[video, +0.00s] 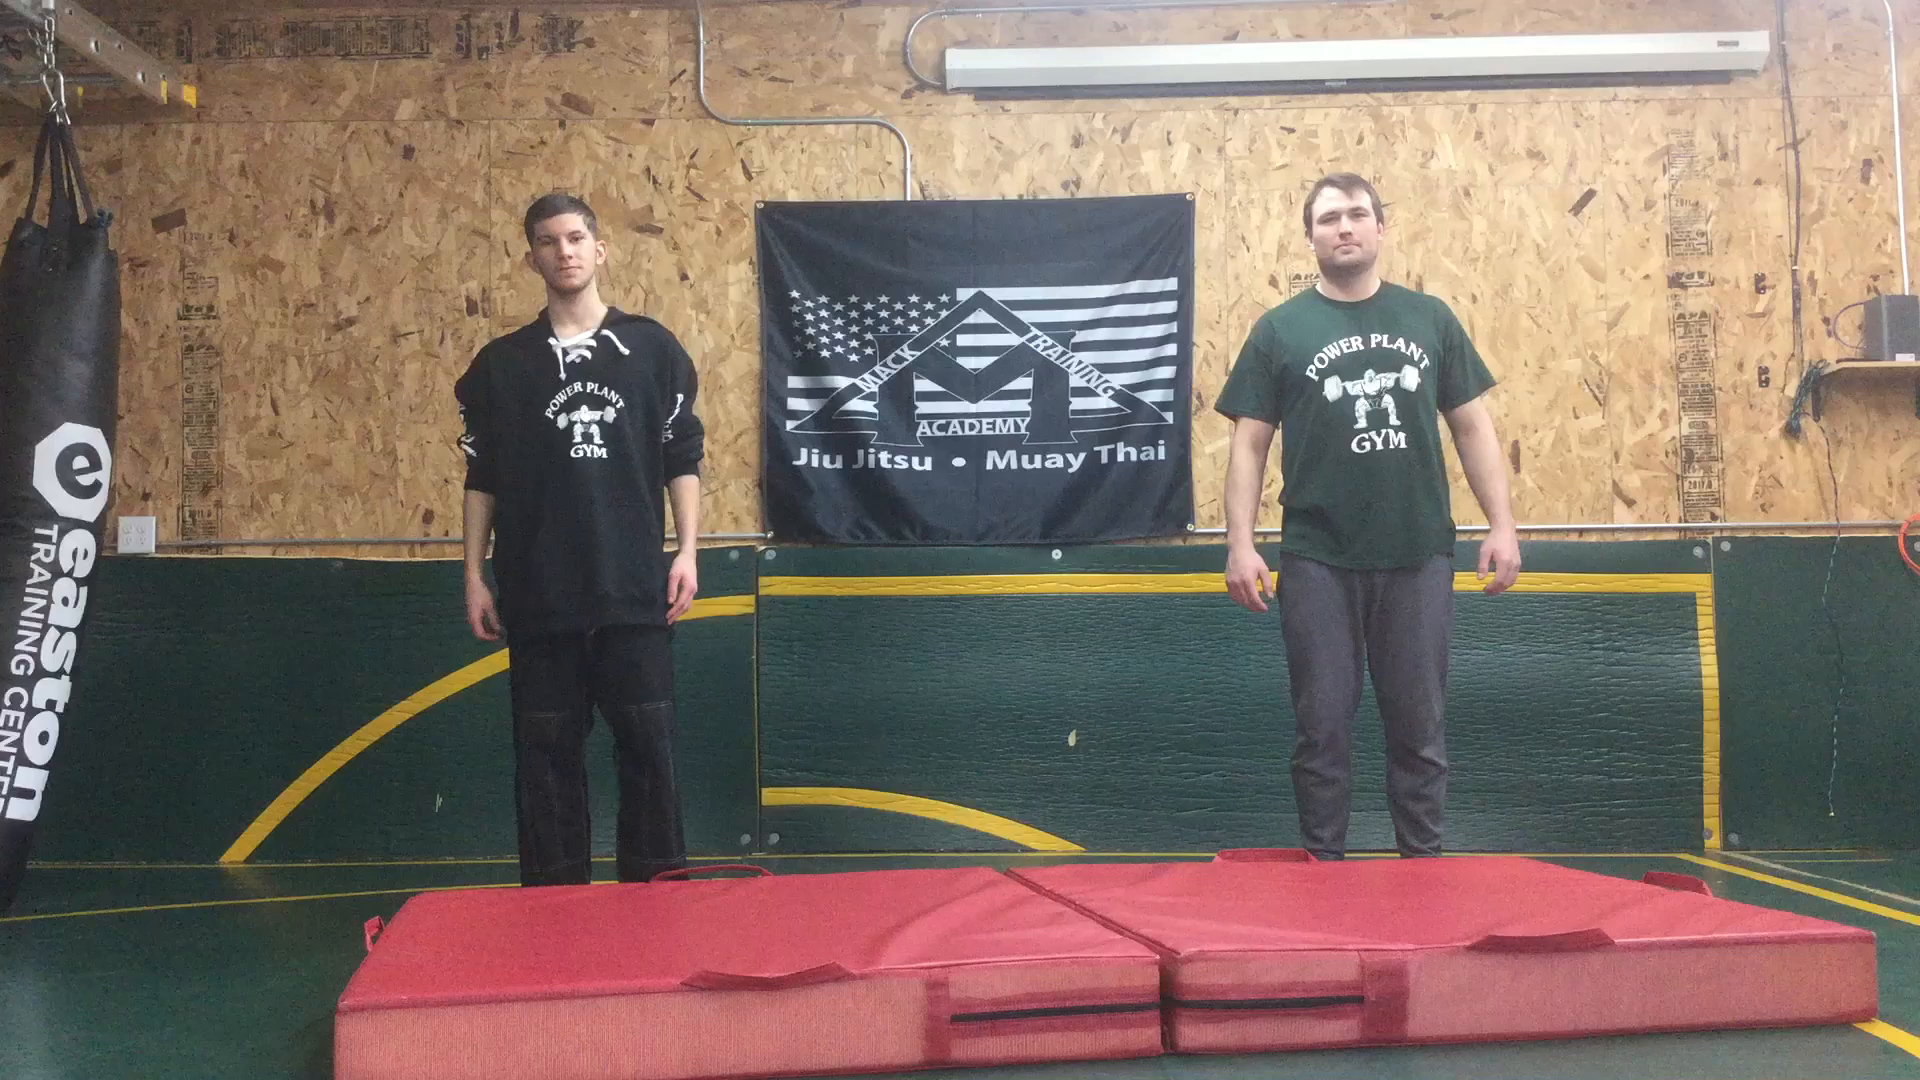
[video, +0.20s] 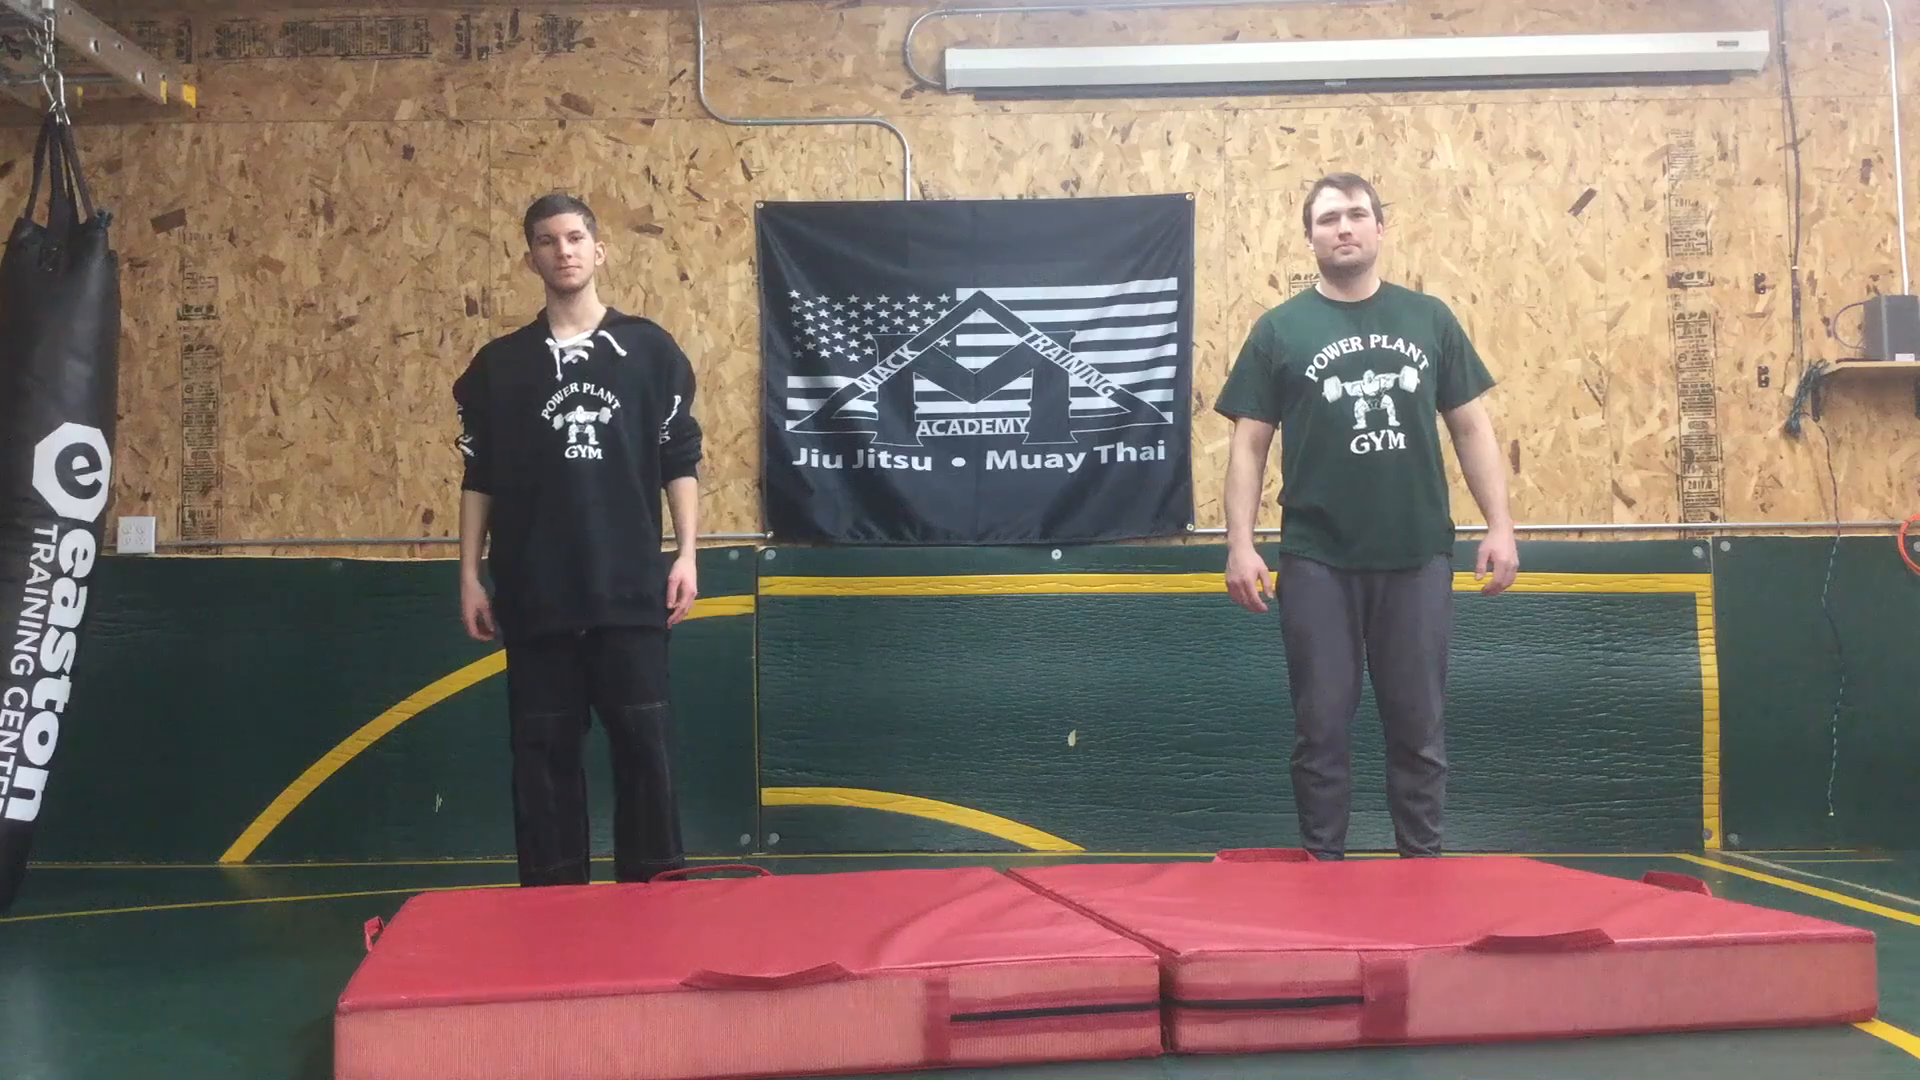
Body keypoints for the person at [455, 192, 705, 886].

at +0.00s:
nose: (564, 252)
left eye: (575, 238)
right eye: (549, 243)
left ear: (599, 249)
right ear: (533, 259)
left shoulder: (652, 347)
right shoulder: (498, 363)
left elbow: (683, 457)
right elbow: (481, 476)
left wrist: (688, 549)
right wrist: (475, 573)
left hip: (633, 583)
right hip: (537, 587)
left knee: (649, 753)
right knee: (547, 761)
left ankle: (655, 905)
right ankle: (554, 910)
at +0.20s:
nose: (563, 251)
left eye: (575, 238)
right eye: (548, 242)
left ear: (598, 250)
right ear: (531, 259)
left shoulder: (650, 348)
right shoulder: (496, 363)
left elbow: (680, 459)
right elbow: (478, 477)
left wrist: (687, 552)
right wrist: (471, 575)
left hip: (630, 584)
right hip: (533, 590)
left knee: (645, 756)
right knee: (543, 763)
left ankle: (653, 907)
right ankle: (552, 913)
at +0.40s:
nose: (562, 252)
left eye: (573, 239)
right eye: (547, 243)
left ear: (597, 250)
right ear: (531, 259)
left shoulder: (649, 348)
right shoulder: (496, 364)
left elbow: (681, 458)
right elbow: (476, 474)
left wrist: (688, 549)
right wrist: (466, 569)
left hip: (628, 583)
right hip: (532, 588)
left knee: (643, 751)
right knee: (542, 759)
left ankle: (654, 900)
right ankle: (552, 908)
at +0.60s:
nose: (562, 252)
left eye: (573, 239)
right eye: (546, 243)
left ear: (596, 250)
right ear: (530, 260)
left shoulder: (647, 348)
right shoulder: (495, 364)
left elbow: (679, 458)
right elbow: (476, 474)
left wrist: (686, 548)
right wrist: (467, 568)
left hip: (627, 583)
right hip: (531, 589)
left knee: (643, 754)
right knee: (542, 761)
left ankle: (653, 903)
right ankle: (552, 910)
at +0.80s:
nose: (562, 251)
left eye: (572, 238)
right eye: (546, 243)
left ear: (595, 250)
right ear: (529, 260)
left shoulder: (645, 348)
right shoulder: (493, 364)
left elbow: (676, 457)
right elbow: (476, 475)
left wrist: (685, 550)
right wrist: (468, 572)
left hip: (626, 583)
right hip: (530, 589)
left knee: (643, 753)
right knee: (542, 761)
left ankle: (652, 902)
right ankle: (552, 909)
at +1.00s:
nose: (561, 251)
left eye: (571, 238)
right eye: (545, 243)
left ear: (594, 249)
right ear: (528, 260)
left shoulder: (644, 348)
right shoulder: (491, 364)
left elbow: (675, 458)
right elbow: (474, 477)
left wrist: (683, 550)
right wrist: (467, 574)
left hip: (626, 584)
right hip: (530, 590)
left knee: (643, 753)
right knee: (542, 762)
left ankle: (653, 903)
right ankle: (552, 911)